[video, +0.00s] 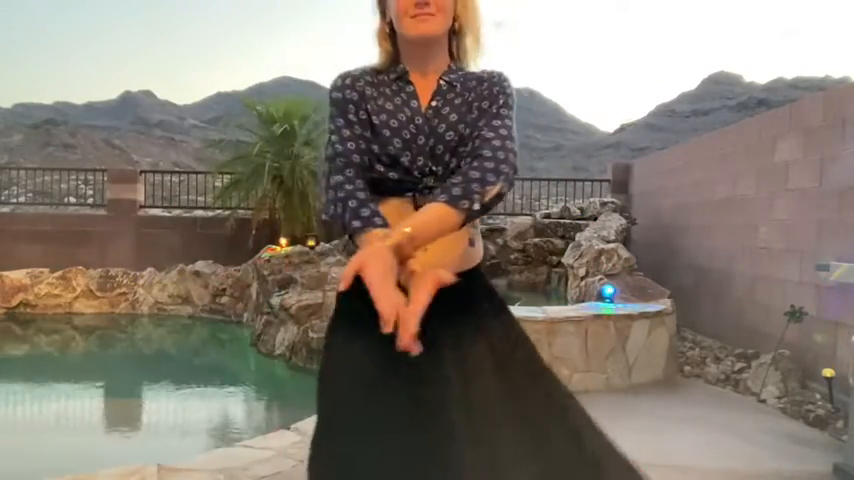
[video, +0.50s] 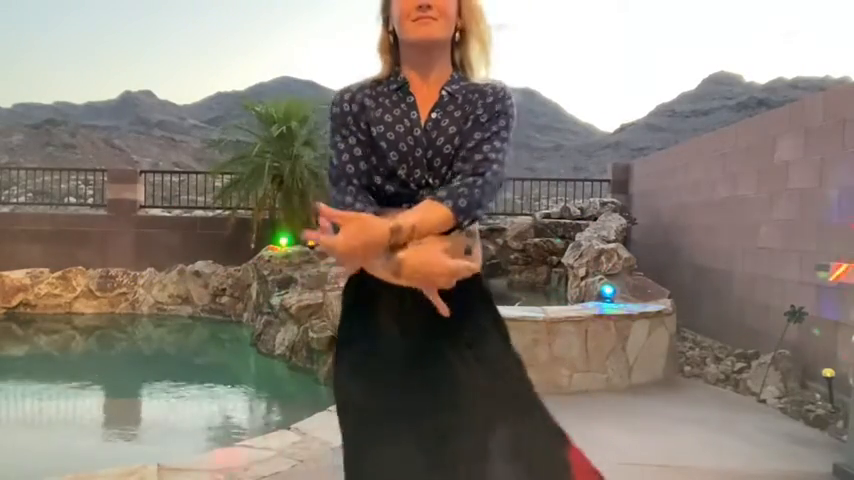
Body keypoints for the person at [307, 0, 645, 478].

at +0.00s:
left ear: (456, 10)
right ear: (387, 12)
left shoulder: (486, 87)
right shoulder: (356, 88)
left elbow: (489, 172)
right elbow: (343, 181)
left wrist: (391, 239)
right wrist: (412, 257)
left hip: (460, 289)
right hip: (373, 287)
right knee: (368, 451)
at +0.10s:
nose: (423, 1)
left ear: (458, 11)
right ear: (389, 13)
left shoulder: (488, 87)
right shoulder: (358, 87)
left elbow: (499, 167)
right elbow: (341, 180)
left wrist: (408, 232)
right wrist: (387, 244)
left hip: (464, 281)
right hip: (381, 280)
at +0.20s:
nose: (425, 4)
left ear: (460, 14)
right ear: (393, 19)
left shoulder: (491, 92)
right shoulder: (364, 89)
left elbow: (505, 170)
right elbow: (332, 175)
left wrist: (410, 219)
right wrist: (414, 241)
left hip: (464, 276)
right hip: (384, 277)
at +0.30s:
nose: (427, 3)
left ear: (460, 15)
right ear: (393, 17)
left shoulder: (493, 94)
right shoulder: (363, 91)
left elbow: (507, 176)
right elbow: (324, 175)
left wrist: (403, 215)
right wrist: (418, 243)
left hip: (466, 286)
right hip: (385, 289)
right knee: (395, 444)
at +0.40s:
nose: (426, 2)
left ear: (462, 14)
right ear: (393, 15)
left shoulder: (492, 97)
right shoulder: (359, 96)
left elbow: (497, 181)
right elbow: (331, 189)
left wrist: (397, 217)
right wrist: (411, 246)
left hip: (462, 288)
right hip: (379, 290)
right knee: (389, 449)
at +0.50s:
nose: (423, 2)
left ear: (461, 16)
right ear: (390, 16)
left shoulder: (490, 99)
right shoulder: (353, 103)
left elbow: (476, 188)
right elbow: (346, 217)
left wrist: (387, 230)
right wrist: (402, 266)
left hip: (458, 293)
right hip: (376, 294)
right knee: (381, 454)